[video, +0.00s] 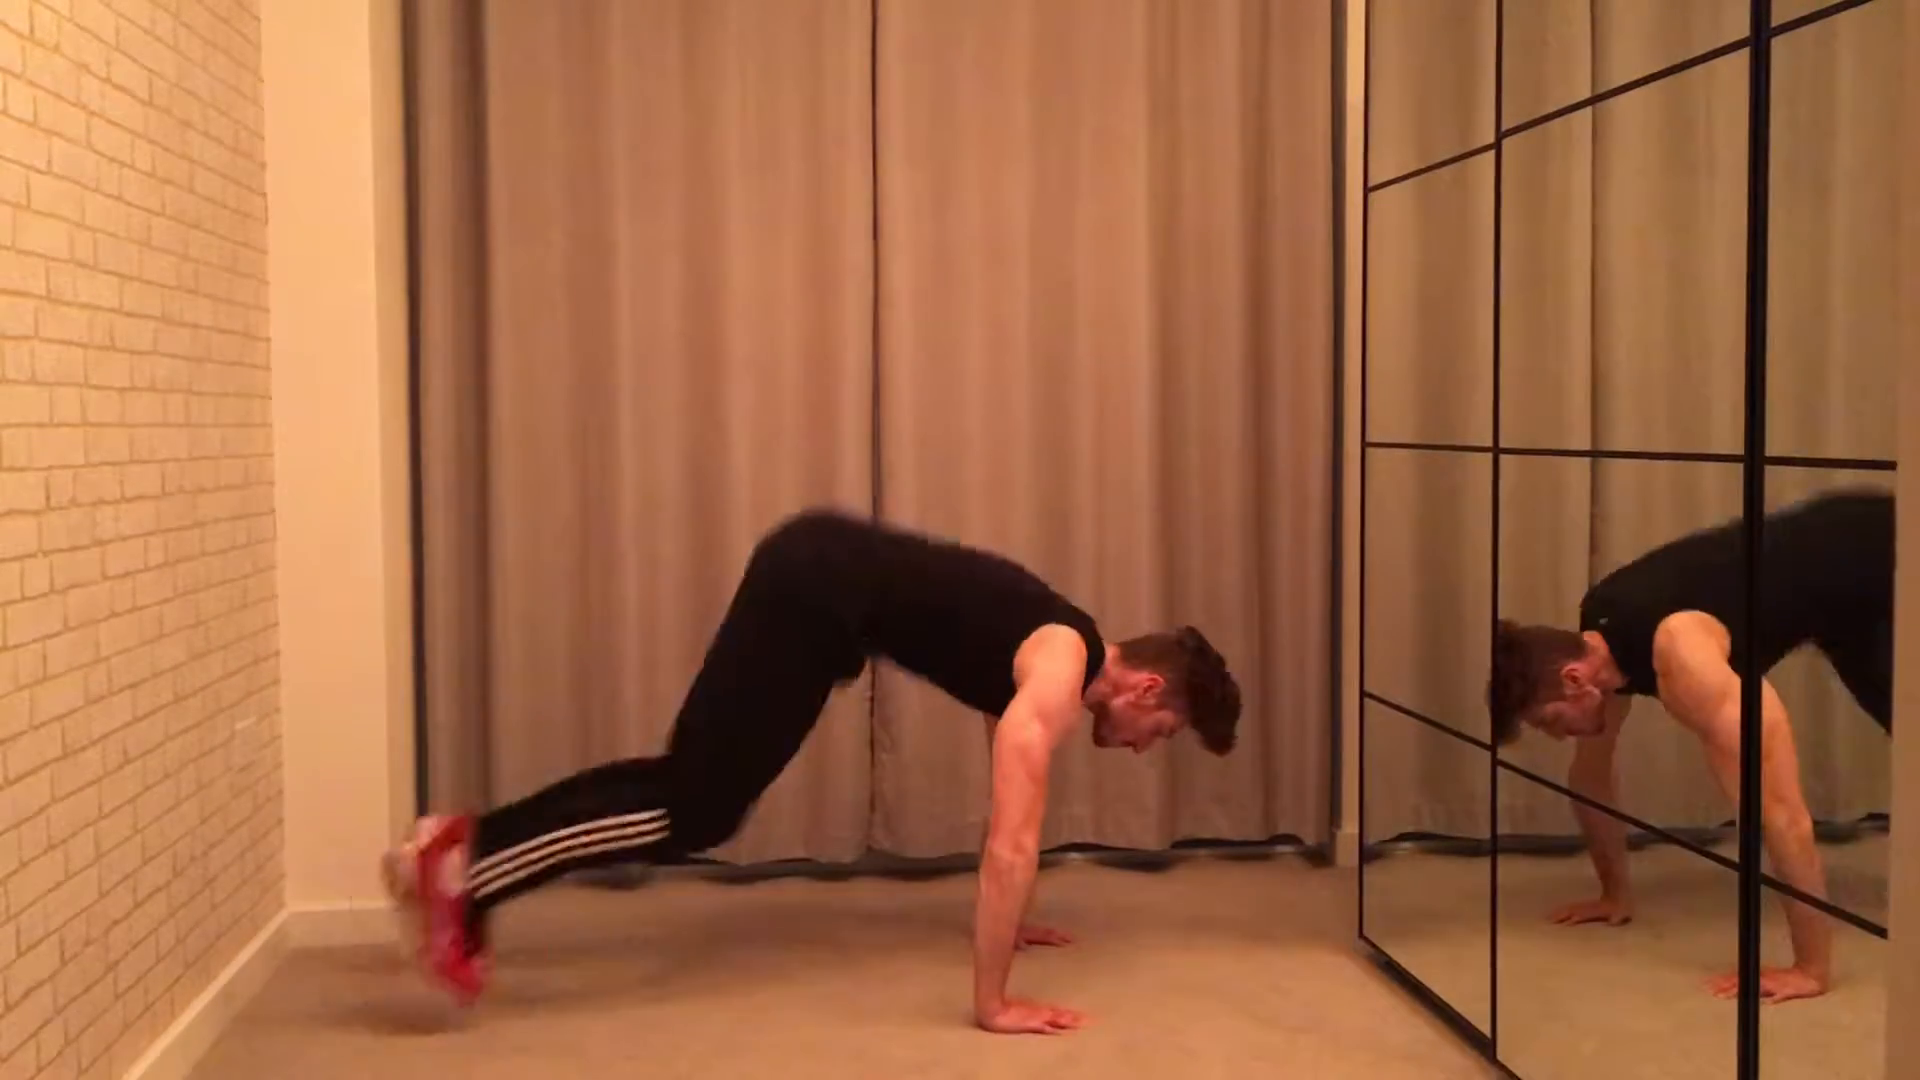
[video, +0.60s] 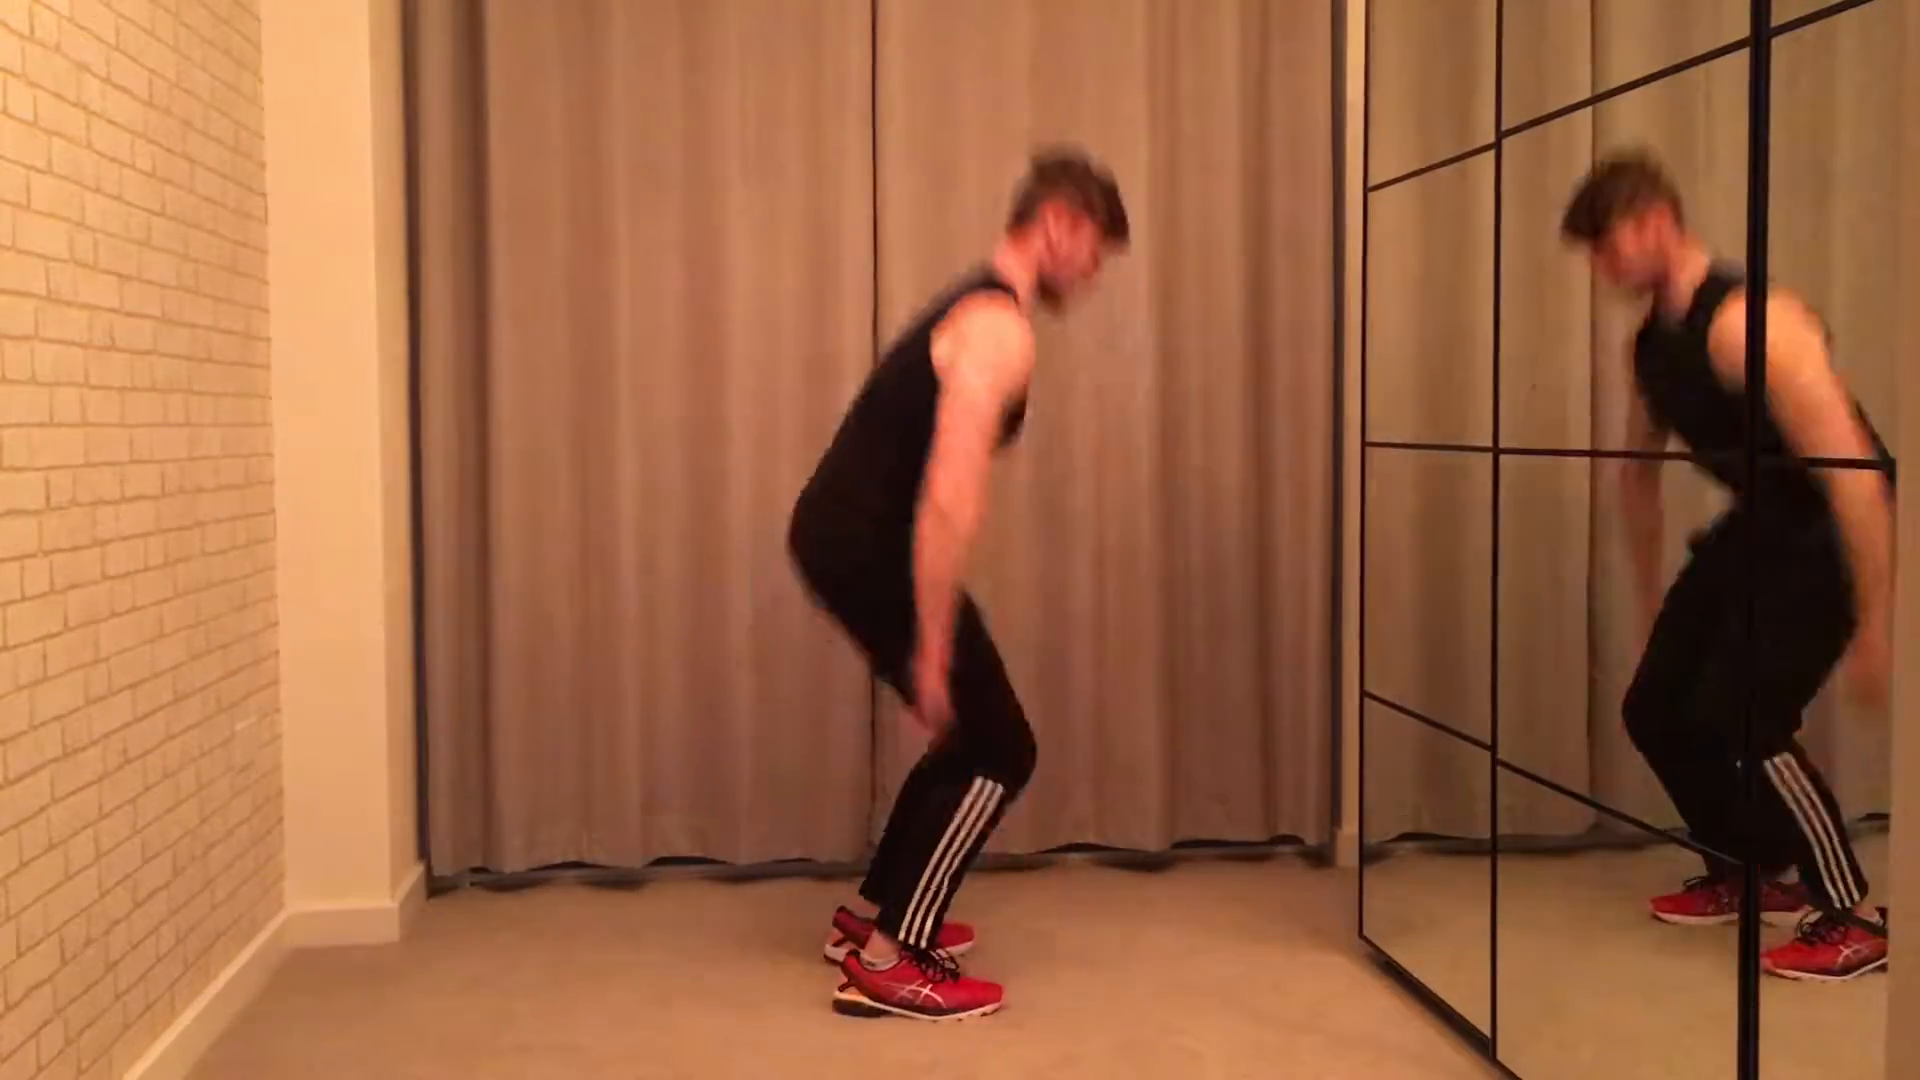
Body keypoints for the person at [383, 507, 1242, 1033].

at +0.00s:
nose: (1145, 744)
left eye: (1163, 737)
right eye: (1162, 728)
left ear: (1141, 675)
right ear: (1144, 684)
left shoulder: (1061, 653)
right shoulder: (1051, 671)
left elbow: (1014, 819)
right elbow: (1010, 839)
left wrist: (1017, 921)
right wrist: (991, 1003)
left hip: (818, 580)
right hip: (814, 588)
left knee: (687, 788)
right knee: (696, 810)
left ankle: (465, 846)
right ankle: (463, 882)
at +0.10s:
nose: (1114, 722)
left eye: (1130, 715)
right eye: (1128, 708)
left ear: (1106, 654)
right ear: (1110, 669)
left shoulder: (1028, 645)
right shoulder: (1026, 663)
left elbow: (998, 818)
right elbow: (1002, 845)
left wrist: (999, 921)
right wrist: (991, 1002)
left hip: (814, 505)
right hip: (809, 514)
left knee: (809, 738)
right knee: (823, 762)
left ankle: (599, 817)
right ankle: (608, 849)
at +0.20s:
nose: (1095, 706)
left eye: (1111, 696)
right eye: (1110, 689)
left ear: (1080, 640)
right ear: (1087, 651)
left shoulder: (1019, 622)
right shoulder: (1009, 642)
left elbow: (993, 796)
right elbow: (994, 836)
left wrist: (1001, 919)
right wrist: (995, 1000)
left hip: (804, 492)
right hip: (799, 500)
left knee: (900, 696)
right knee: (914, 709)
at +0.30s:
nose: (1122, 667)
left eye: (1136, 657)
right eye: (1135, 651)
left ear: (1104, 604)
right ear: (1113, 610)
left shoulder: (1021, 599)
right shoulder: (1026, 625)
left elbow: (1007, 765)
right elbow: (1009, 816)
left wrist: (1012, 908)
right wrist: (1003, 986)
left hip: (782, 544)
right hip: (787, 556)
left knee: (933, 722)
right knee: (950, 733)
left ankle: (871, 914)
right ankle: (884, 957)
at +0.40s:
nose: (1150, 549)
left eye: (1158, 533)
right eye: (1152, 528)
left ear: (1105, 506)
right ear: (1115, 508)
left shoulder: (1023, 544)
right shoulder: (1029, 574)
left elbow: (1026, 752)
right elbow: (1029, 760)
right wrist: (1046, 933)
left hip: (785, 593)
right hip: (793, 605)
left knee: (958, 735)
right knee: (978, 743)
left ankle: (875, 917)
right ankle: (885, 959)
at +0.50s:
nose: (1129, 411)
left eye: (1133, 392)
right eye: (1127, 388)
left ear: (1080, 374)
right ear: (1088, 374)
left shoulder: (1007, 443)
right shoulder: (1017, 465)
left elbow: (1009, 643)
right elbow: (1011, 656)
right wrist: (1020, 821)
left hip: (813, 590)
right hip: (818, 600)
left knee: (970, 736)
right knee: (986, 746)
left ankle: (874, 913)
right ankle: (888, 955)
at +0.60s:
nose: (1097, 265)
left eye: (1103, 247)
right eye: (1096, 243)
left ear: (1050, 223)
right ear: (1054, 221)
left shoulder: (983, 308)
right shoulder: (995, 328)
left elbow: (942, 493)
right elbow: (946, 503)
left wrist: (925, 639)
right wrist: (932, 650)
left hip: (851, 537)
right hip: (863, 546)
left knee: (981, 731)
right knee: (1000, 746)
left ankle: (878, 912)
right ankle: (891, 956)